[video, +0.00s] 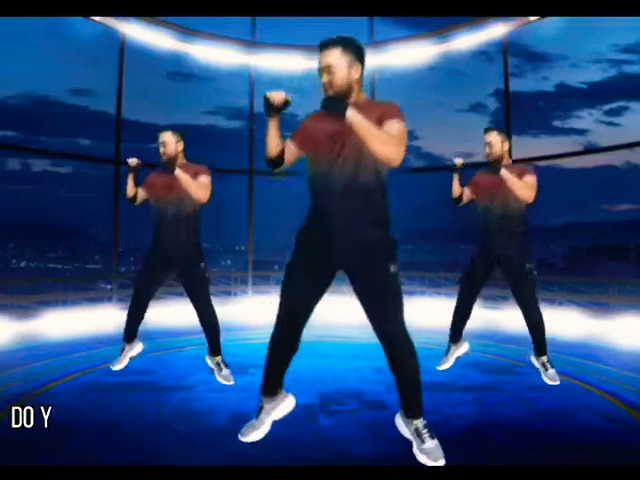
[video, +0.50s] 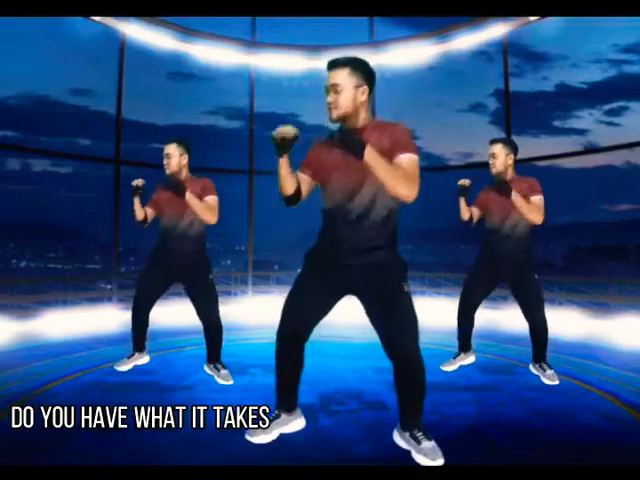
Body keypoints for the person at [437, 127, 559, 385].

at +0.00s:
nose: (488, 149)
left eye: (491, 144)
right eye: (486, 145)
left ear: (506, 145)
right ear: (485, 147)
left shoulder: (523, 173)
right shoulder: (482, 177)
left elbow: (528, 196)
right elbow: (459, 200)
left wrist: (504, 172)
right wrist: (456, 174)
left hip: (515, 246)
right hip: (488, 245)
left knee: (528, 303)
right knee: (467, 291)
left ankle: (541, 357)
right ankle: (455, 342)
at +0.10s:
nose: (488, 143)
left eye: (492, 138)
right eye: (486, 139)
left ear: (507, 139)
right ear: (485, 141)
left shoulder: (524, 168)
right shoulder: (481, 174)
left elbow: (528, 190)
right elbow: (458, 196)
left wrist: (502, 166)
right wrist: (455, 170)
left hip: (514, 241)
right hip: (486, 241)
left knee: (529, 298)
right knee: (467, 290)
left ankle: (542, 352)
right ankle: (457, 340)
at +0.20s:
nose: (489, 151)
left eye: (493, 146)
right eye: (488, 146)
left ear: (508, 148)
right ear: (487, 149)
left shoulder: (523, 174)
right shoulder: (481, 180)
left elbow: (528, 202)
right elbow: (458, 205)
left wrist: (503, 177)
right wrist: (455, 179)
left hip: (515, 250)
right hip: (486, 249)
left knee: (531, 305)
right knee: (467, 298)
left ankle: (541, 358)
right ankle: (462, 349)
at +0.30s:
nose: (488, 162)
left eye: (493, 158)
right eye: (487, 158)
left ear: (508, 160)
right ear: (488, 162)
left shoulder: (524, 189)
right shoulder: (482, 196)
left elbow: (529, 222)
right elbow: (461, 219)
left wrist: (504, 199)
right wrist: (456, 196)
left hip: (518, 262)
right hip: (487, 261)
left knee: (535, 316)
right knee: (463, 306)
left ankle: (539, 362)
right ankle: (464, 352)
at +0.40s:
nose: (490, 165)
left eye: (494, 160)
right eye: (489, 160)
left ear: (509, 161)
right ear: (491, 163)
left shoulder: (527, 191)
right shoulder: (486, 196)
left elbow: (534, 226)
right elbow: (468, 223)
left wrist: (507, 208)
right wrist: (460, 204)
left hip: (518, 263)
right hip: (489, 262)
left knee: (536, 316)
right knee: (465, 305)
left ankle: (539, 363)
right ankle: (464, 352)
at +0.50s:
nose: (491, 161)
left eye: (495, 156)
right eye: (490, 157)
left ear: (511, 158)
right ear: (491, 160)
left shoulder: (529, 185)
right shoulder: (488, 192)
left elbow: (537, 217)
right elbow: (468, 217)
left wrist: (514, 195)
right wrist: (463, 196)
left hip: (520, 262)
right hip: (490, 261)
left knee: (537, 317)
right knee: (467, 304)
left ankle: (539, 362)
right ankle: (465, 352)